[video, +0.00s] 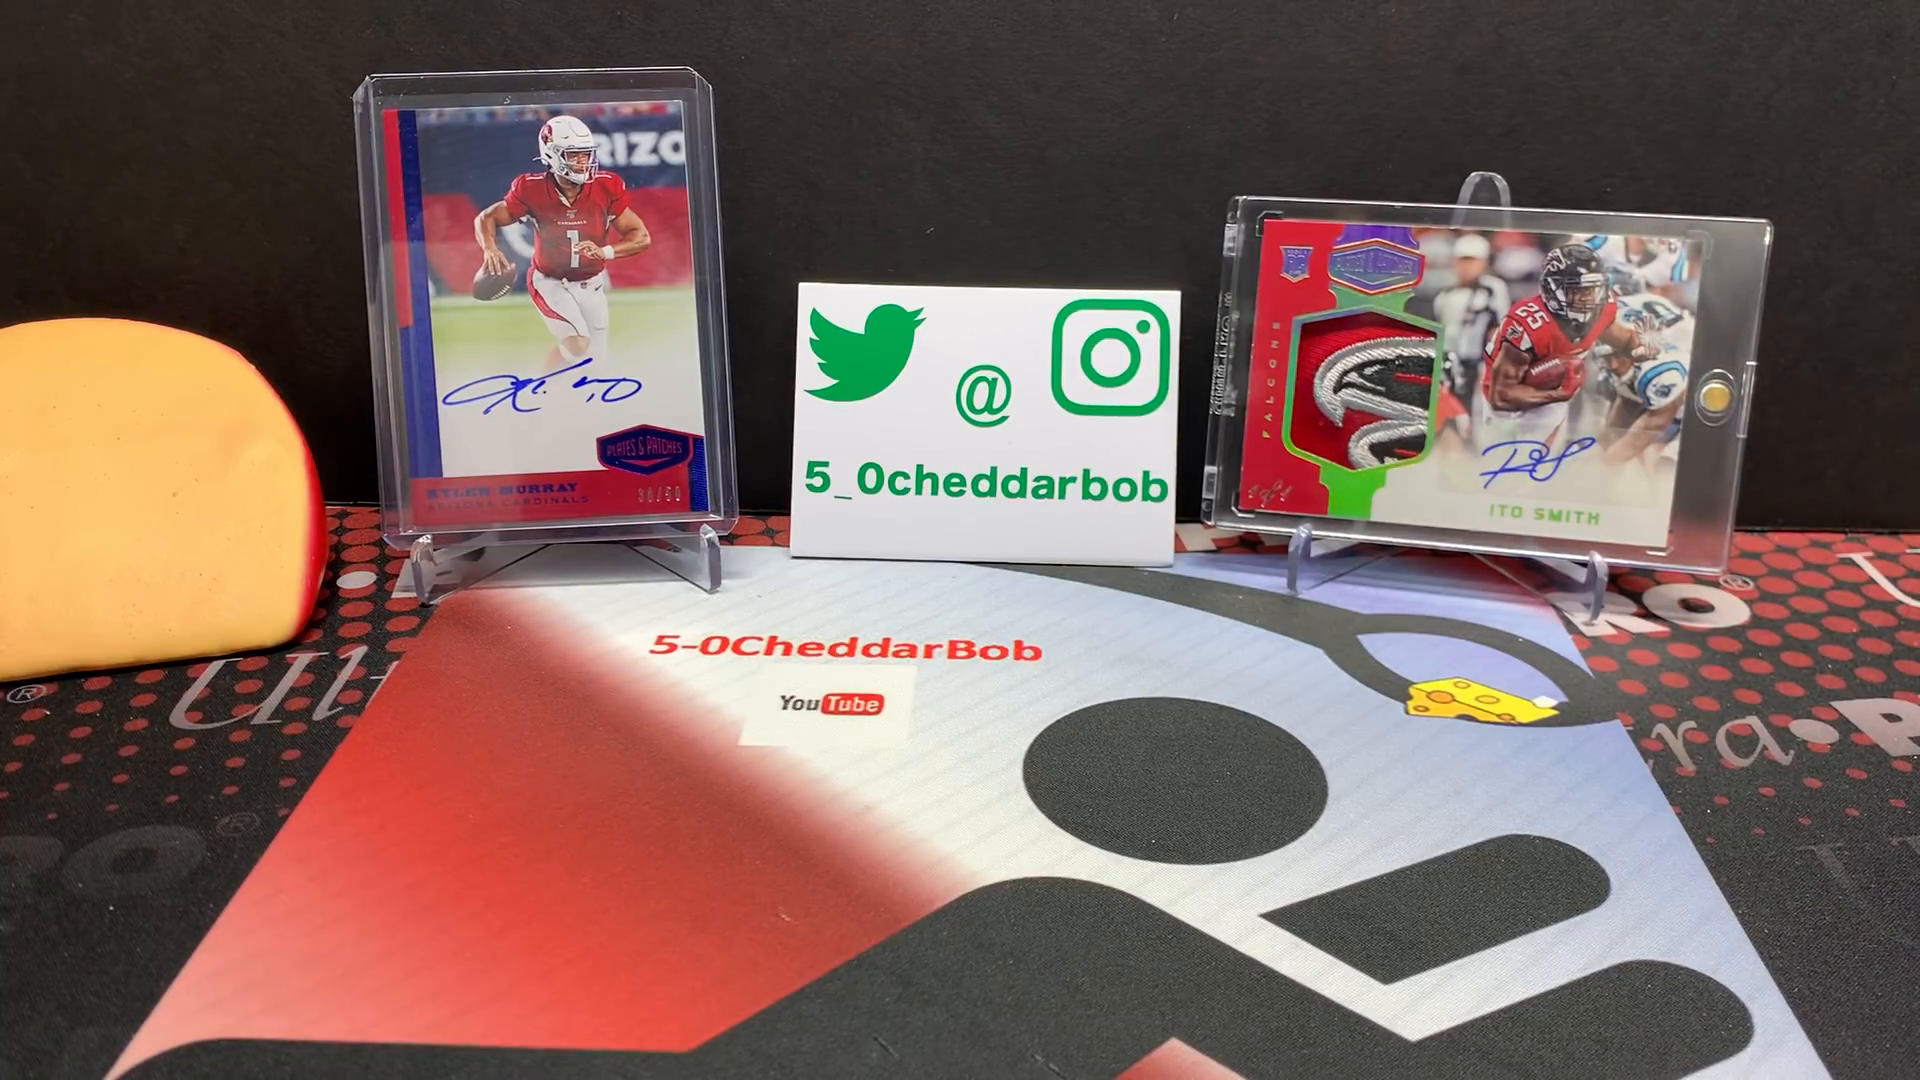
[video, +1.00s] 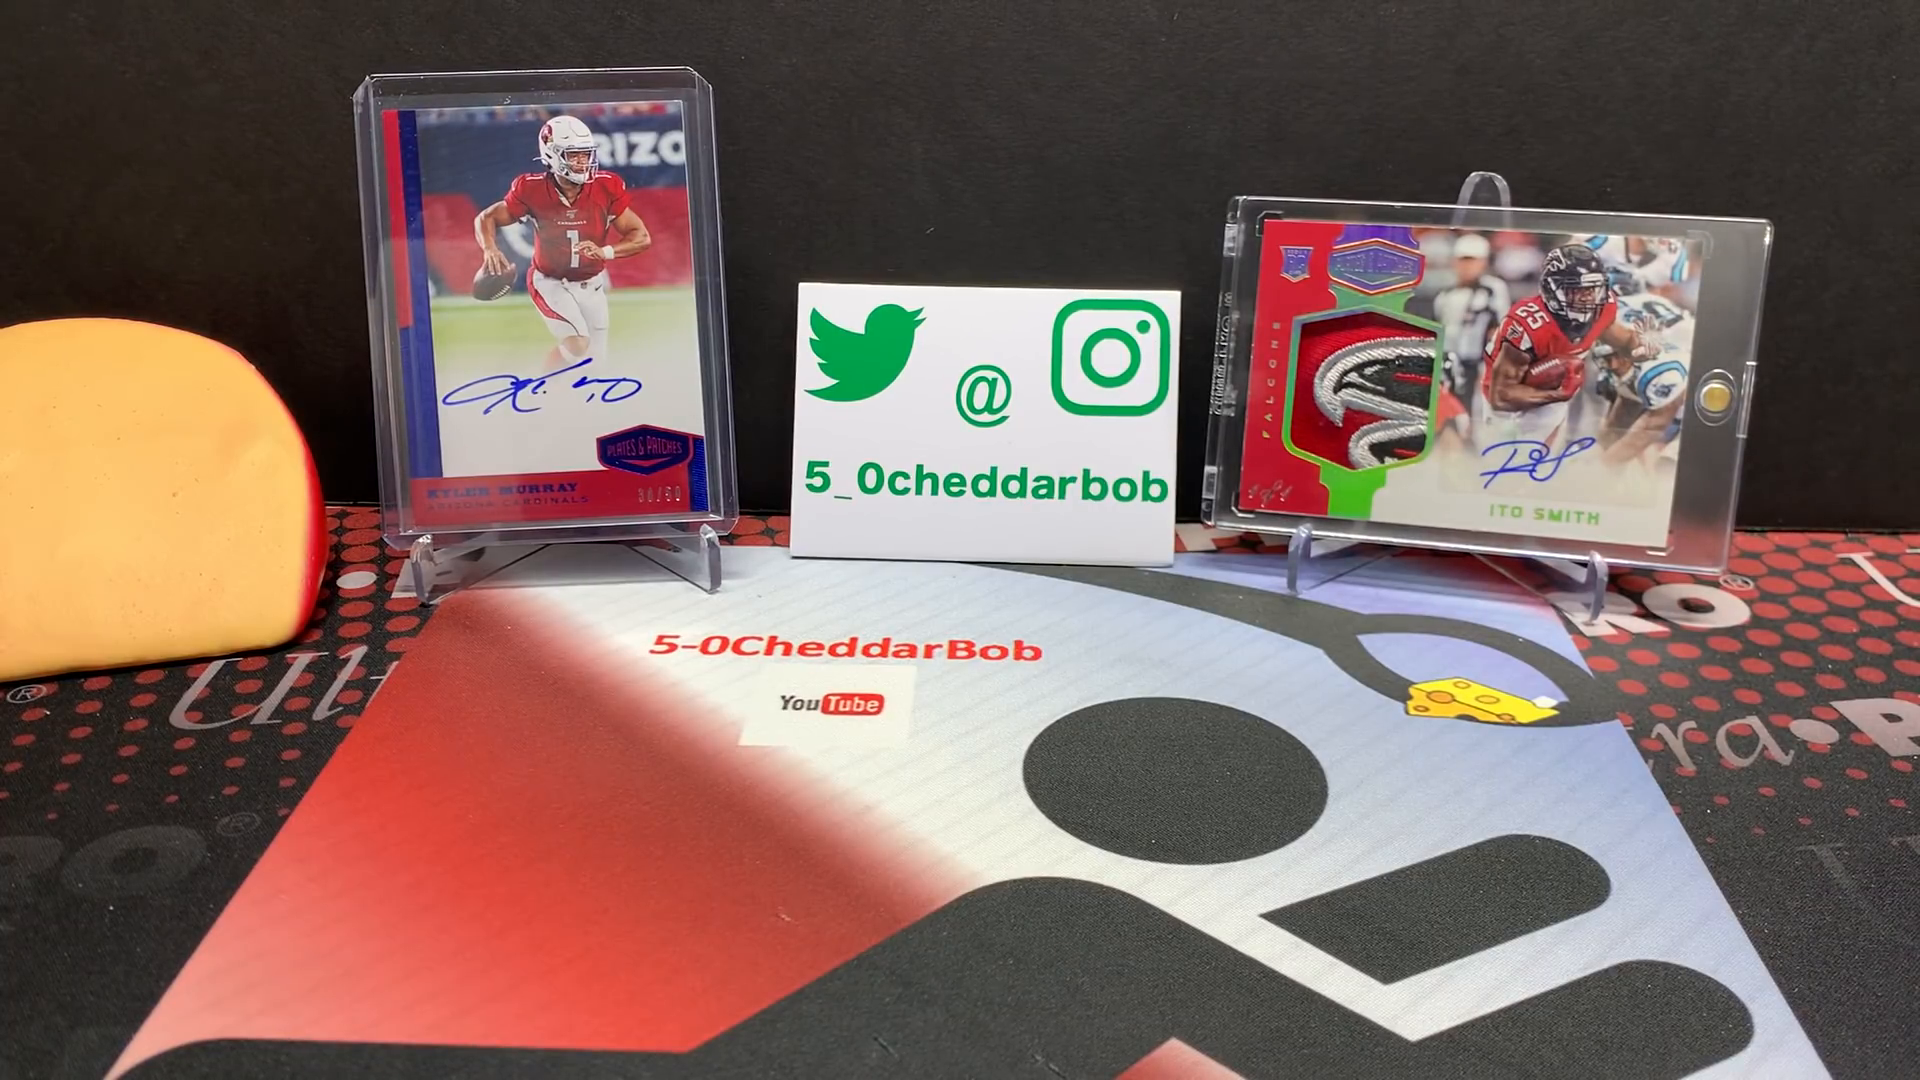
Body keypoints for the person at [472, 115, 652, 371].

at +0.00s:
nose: (580, 162)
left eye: (585, 155)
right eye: (573, 156)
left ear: (591, 154)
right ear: (552, 155)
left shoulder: (606, 187)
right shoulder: (530, 189)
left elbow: (641, 238)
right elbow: (484, 219)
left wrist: (605, 252)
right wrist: (490, 248)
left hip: (591, 283)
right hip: (549, 280)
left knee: (596, 362)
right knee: (577, 344)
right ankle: (534, 391)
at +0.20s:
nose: (580, 162)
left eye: (584, 155)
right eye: (572, 156)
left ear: (591, 154)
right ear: (552, 155)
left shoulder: (606, 187)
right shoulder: (530, 189)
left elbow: (641, 238)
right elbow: (484, 219)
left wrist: (605, 252)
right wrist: (490, 248)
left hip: (591, 283)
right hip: (549, 281)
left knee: (595, 362)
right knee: (577, 345)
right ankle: (535, 390)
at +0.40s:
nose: (580, 162)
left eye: (584, 155)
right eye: (572, 156)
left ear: (592, 154)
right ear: (552, 155)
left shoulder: (606, 187)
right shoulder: (530, 189)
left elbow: (642, 237)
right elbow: (484, 219)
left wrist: (606, 252)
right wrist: (490, 249)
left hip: (591, 283)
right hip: (549, 281)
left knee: (596, 362)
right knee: (577, 345)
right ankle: (534, 390)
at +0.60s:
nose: (580, 162)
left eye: (585, 155)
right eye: (572, 156)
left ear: (592, 154)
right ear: (552, 155)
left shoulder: (607, 187)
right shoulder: (530, 189)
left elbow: (642, 238)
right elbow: (484, 219)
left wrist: (606, 252)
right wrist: (490, 249)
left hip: (591, 283)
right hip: (549, 281)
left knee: (596, 363)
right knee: (577, 345)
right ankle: (534, 390)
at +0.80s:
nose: (580, 162)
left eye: (584, 154)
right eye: (572, 155)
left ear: (592, 154)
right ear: (552, 155)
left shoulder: (607, 187)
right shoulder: (530, 189)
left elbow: (642, 237)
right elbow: (484, 219)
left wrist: (606, 252)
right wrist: (490, 248)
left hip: (591, 283)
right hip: (549, 281)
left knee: (596, 363)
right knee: (577, 344)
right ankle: (534, 390)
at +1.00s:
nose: (580, 162)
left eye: (585, 155)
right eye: (573, 156)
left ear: (592, 154)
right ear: (552, 155)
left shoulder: (607, 187)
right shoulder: (530, 189)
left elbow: (642, 237)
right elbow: (484, 219)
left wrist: (606, 252)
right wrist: (490, 249)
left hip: (591, 283)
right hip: (549, 281)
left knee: (596, 363)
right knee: (577, 344)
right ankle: (534, 391)